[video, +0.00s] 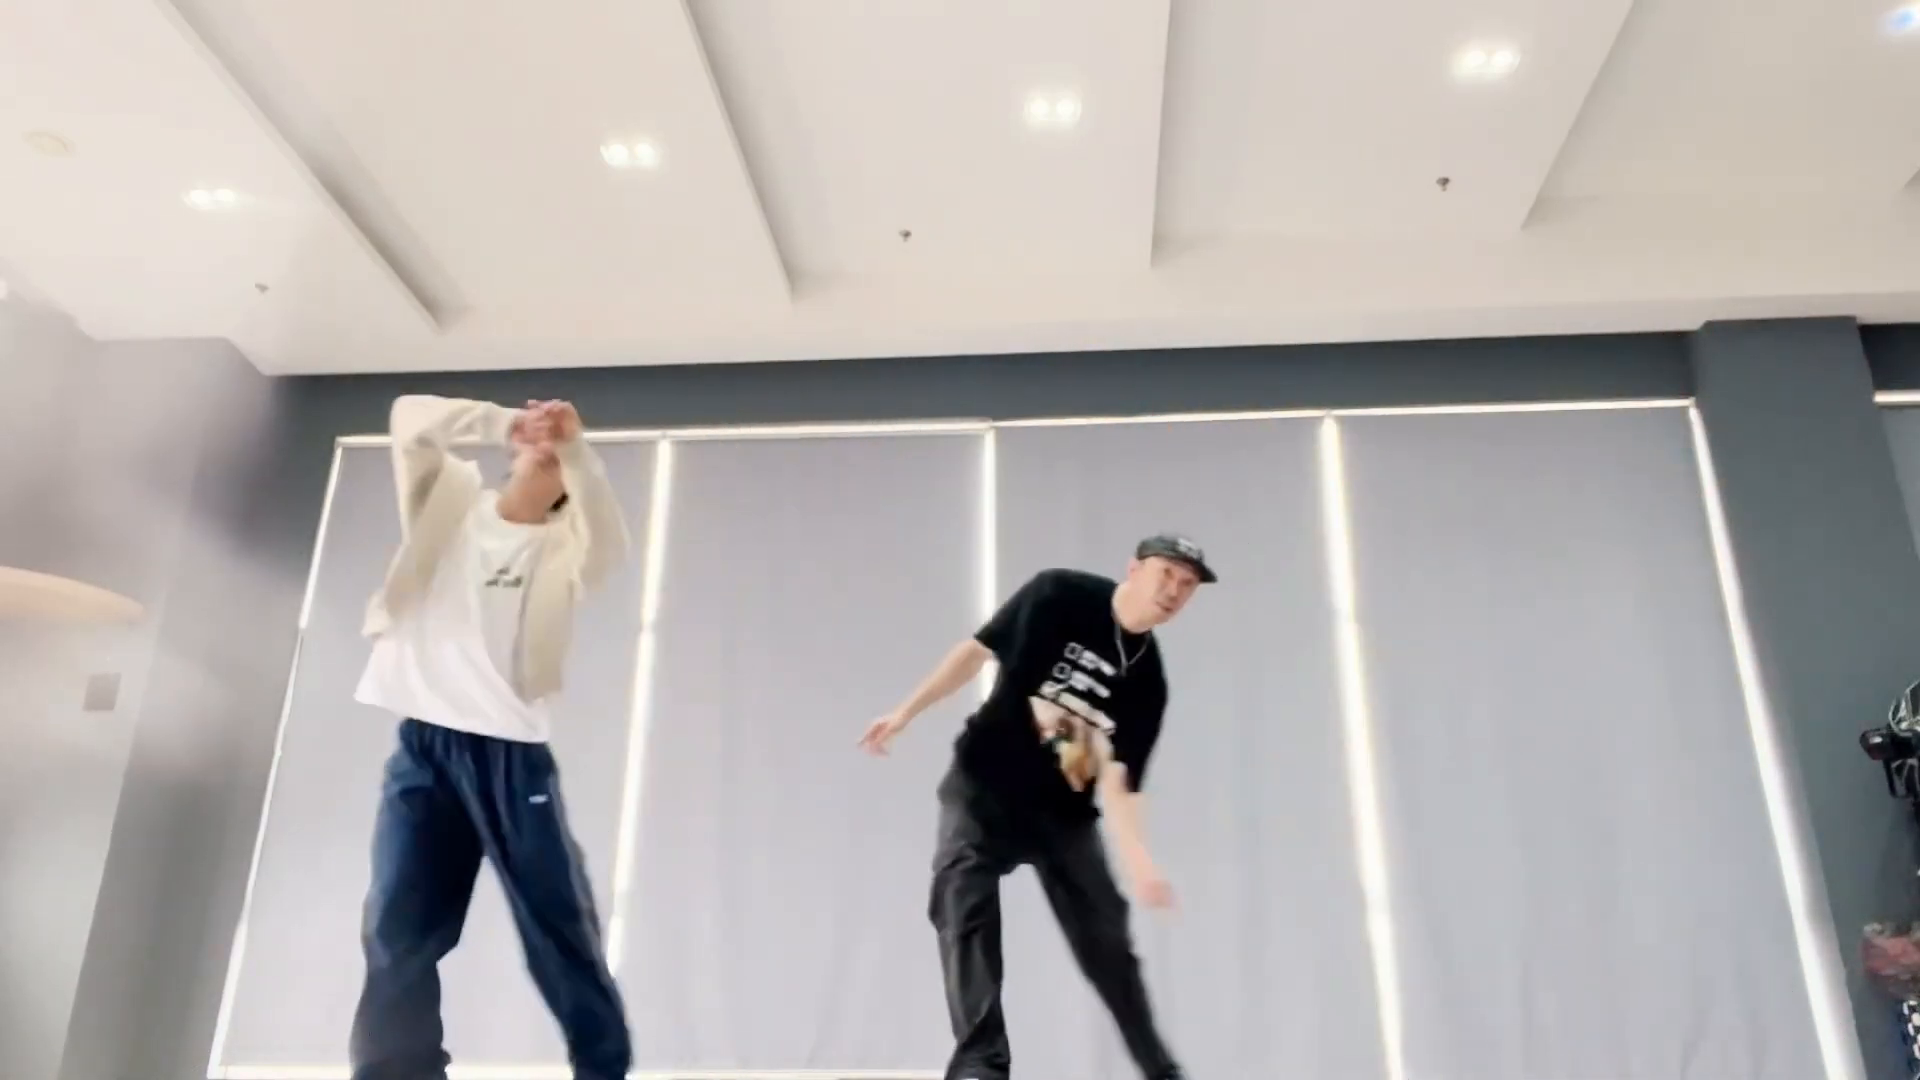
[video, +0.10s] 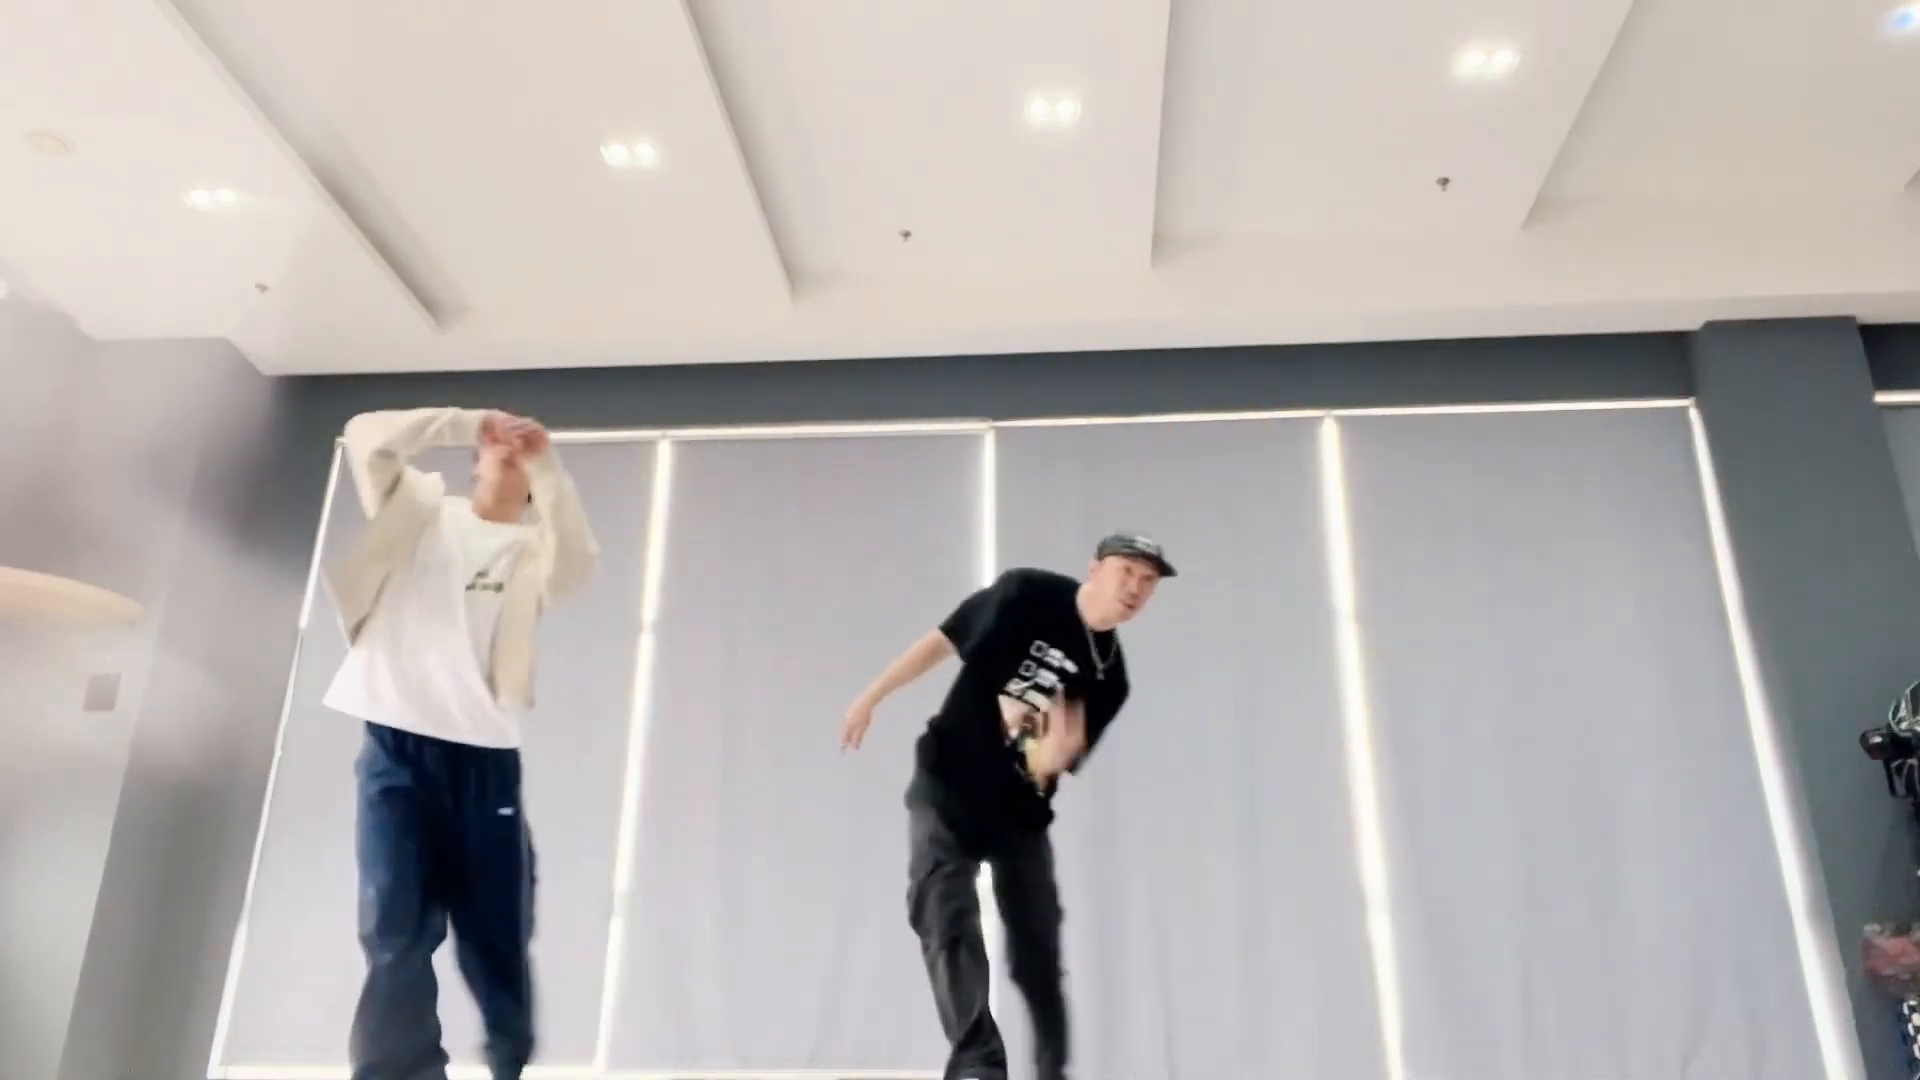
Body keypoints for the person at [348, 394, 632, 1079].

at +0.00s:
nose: (540, 445)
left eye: (555, 447)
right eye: (534, 438)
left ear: (570, 475)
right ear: (513, 447)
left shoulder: (571, 543)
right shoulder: (447, 502)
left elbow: (608, 545)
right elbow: (410, 421)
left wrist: (573, 443)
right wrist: (508, 424)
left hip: (512, 758)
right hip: (423, 749)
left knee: (562, 940)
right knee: (395, 940)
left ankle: (603, 1069)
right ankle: (399, 1074)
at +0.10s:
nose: (508, 446)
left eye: (523, 443)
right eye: (496, 434)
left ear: (536, 472)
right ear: (475, 453)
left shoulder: (537, 544)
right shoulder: (414, 505)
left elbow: (577, 565)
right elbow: (366, 440)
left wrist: (544, 463)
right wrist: (464, 423)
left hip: (485, 761)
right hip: (396, 750)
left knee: (497, 937)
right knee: (393, 933)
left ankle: (511, 1060)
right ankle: (400, 1073)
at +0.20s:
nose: (473, 459)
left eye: (484, 452)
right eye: (460, 447)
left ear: (495, 467)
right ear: (443, 458)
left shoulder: (505, 546)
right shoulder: (388, 519)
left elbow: (542, 568)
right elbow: (334, 487)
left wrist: (502, 469)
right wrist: (428, 439)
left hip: (458, 759)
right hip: (370, 741)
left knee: (427, 932)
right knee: (380, 925)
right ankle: (413, 1069)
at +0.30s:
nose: (431, 458)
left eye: (448, 449)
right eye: (419, 448)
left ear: (472, 472)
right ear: (405, 468)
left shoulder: (489, 542)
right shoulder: (373, 528)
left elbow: (500, 579)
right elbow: (324, 548)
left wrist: (464, 477)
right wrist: (392, 464)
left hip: (431, 751)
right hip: (349, 732)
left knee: (361, 912)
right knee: (317, 867)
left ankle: (287, 1056)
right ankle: (365, 1046)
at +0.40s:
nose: (404, 506)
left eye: (420, 497)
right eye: (396, 494)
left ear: (444, 513)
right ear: (379, 506)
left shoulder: (458, 580)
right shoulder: (347, 561)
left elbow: (484, 600)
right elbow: (307, 607)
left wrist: (441, 511)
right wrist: (358, 511)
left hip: (401, 773)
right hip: (320, 749)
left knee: (324, 938)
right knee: (252, 828)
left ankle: (248, 1063)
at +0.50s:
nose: (389, 491)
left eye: (405, 485)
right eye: (381, 480)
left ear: (425, 504)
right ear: (362, 492)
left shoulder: (448, 556)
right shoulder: (310, 560)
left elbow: (464, 639)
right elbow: (323, 641)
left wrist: (430, 601)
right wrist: (375, 601)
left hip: (387, 774)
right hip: (306, 752)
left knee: (310, 956)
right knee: (214, 866)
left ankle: (249, 1070)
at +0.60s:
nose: (374, 505)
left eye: (389, 498)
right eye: (365, 493)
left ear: (407, 518)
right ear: (344, 504)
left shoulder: (427, 576)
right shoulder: (292, 568)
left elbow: (431, 677)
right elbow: (310, 650)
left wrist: (439, 766)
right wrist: (358, 734)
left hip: (369, 795)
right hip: (276, 780)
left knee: (373, 901)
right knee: (183, 933)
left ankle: (308, 991)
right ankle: (55, 1060)